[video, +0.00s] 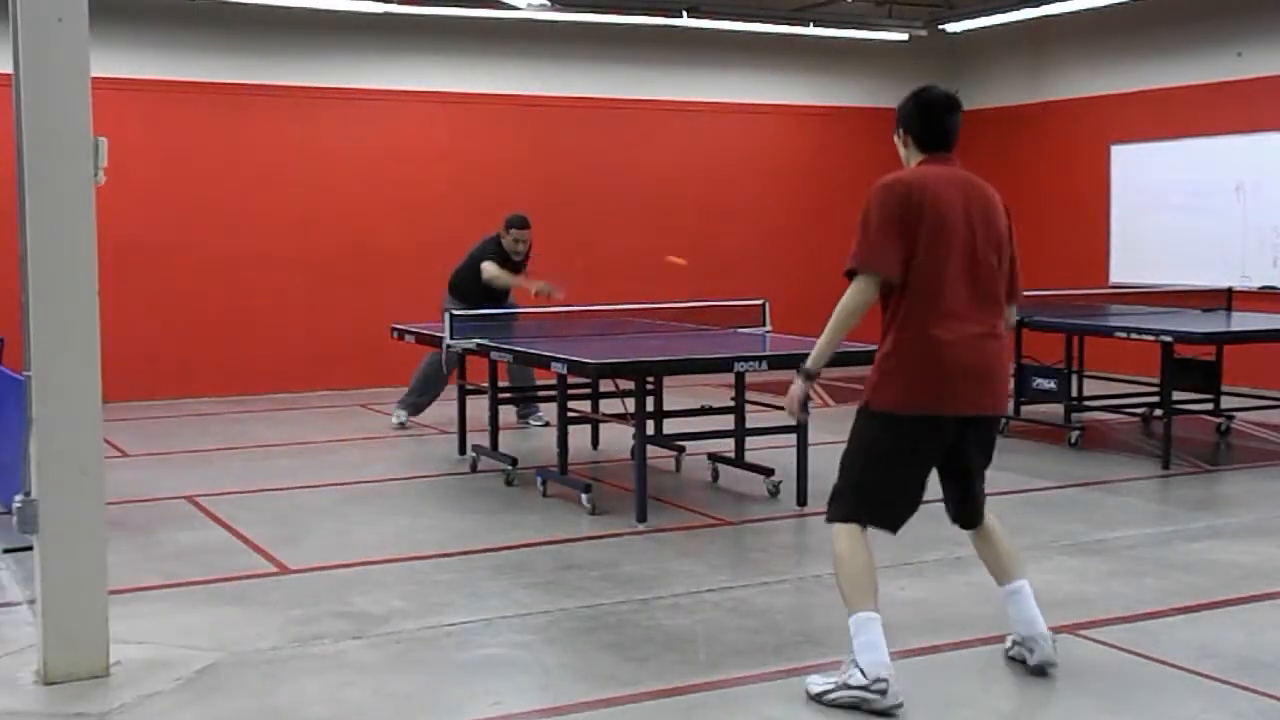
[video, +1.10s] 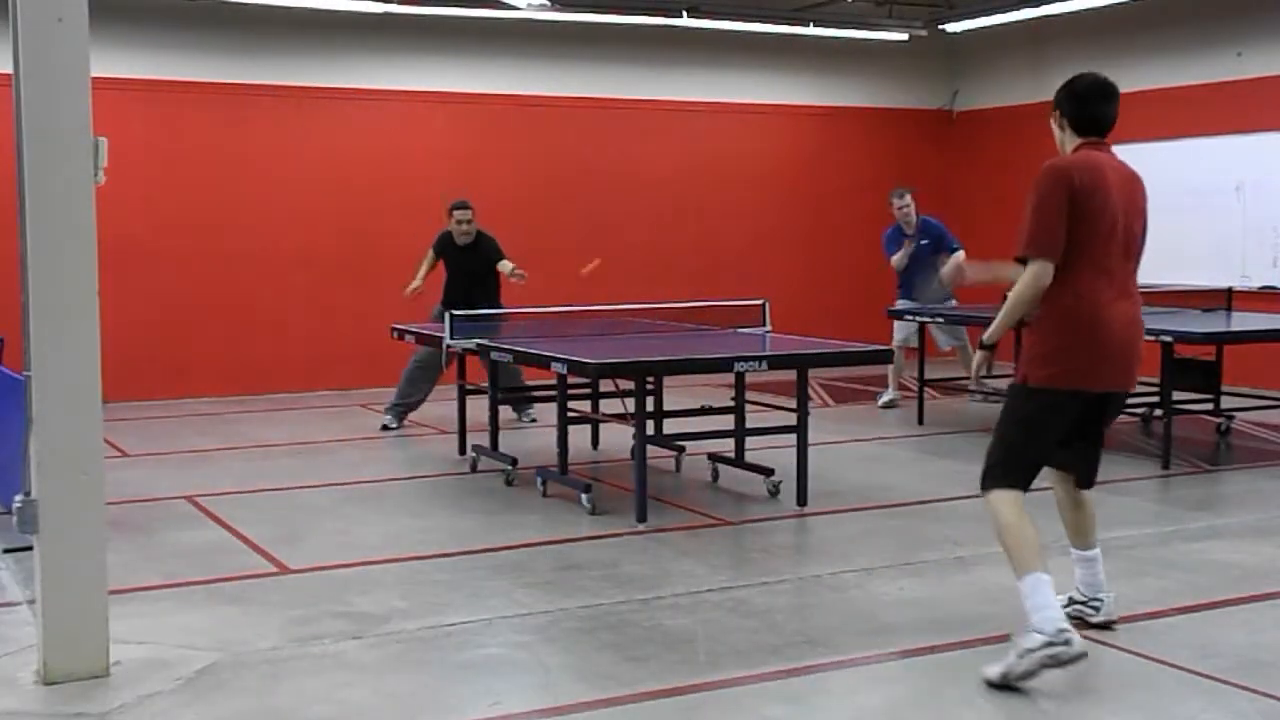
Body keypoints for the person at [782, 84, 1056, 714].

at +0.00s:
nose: (895, 144)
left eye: (895, 135)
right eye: (899, 135)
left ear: (904, 138)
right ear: (954, 137)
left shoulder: (896, 191)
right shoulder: (990, 198)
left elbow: (867, 283)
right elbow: (1008, 303)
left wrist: (811, 368)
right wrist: (981, 368)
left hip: (912, 383)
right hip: (986, 386)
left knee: (848, 514)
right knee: (973, 507)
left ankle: (870, 669)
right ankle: (1033, 635)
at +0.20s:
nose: (914, 164)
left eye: (916, 156)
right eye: (923, 155)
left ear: (924, 161)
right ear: (977, 161)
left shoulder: (904, 214)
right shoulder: (1010, 222)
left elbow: (868, 303)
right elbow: (1037, 325)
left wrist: (860, 366)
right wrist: (1029, 380)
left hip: (917, 395)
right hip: (997, 393)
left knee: (847, 526)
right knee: (1001, 481)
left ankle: (870, 671)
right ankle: (1051, 608)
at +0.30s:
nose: (951, 165)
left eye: (950, 156)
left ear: (953, 164)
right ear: (1006, 165)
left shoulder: (924, 216)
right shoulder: (1032, 225)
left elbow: (894, 312)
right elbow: (1065, 325)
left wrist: (922, 360)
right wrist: (1072, 390)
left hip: (928, 397)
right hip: (1008, 398)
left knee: (869, 525)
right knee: (1025, 481)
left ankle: (873, 672)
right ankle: (1067, 597)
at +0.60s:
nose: (1021, 163)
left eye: (1021, 154)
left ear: (1027, 158)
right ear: (1079, 164)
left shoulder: (1004, 199)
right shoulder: (1099, 216)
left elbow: (962, 289)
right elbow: (1106, 306)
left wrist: (949, 332)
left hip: (1005, 363)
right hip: (1074, 370)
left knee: (952, 490)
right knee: (1055, 469)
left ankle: (915, 641)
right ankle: (1071, 599)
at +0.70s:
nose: (1029, 151)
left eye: (1030, 142)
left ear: (1036, 144)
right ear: (1087, 150)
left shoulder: (1022, 184)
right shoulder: (1103, 199)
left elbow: (998, 269)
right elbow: (1079, 275)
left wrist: (964, 336)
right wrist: (995, 286)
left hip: (1026, 352)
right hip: (1093, 353)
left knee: (965, 479)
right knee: (1059, 461)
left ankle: (923, 630)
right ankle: (1070, 597)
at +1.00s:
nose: (1048, 121)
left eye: (1049, 113)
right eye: (1052, 114)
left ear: (1056, 116)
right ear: (1107, 119)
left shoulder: (1054, 162)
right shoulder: (1123, 171)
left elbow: (1042, 258)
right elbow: (1040, 238)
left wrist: (995, 331)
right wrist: (958, 227)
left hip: (1055, 342)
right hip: (1113, 344)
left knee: (994, 468)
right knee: (1068, 463)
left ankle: (1016, 620)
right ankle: (1093, 593)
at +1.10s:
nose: (1051, 126)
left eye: (1052, 118)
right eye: (1054, 118)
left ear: (1060, 121)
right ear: (1111, 124)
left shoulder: (1061, 174)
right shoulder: (1130, 180)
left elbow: (1039, 271)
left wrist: (991, 337)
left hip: (1062, 359)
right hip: (1118, 361)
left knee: (1001, 485)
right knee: (1067, 473)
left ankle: (1045, 626)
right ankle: (1092, 594)